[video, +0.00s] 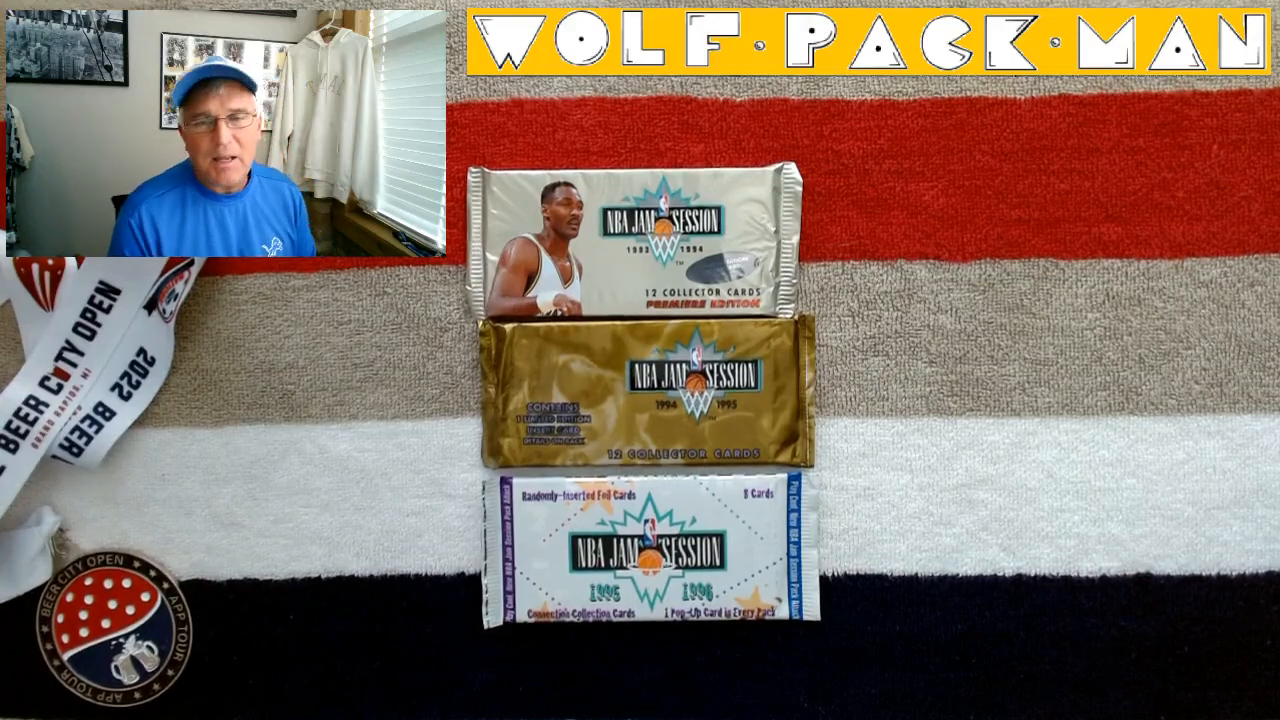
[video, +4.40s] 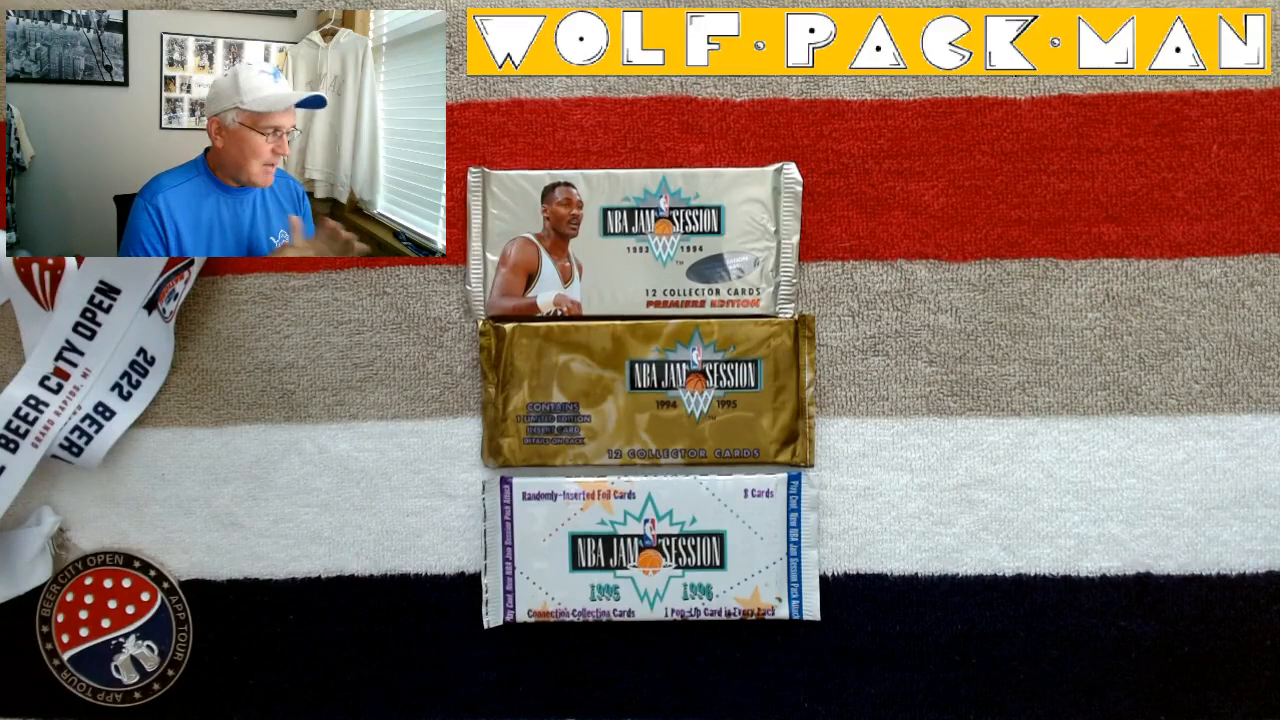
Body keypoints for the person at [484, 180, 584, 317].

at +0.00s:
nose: (576, 213)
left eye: (580, 207)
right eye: (566, 205)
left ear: (583, 211)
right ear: (546, 211)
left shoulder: (575, 266)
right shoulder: (521, 250)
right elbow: (495, 307)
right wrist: (550, 301)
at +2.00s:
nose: (576, 213)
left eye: (580, 207)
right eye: (566, 205)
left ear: (583, 211)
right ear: (545, 211)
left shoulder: (575, 265)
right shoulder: (521, 249)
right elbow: (495, 307)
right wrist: (550, 301)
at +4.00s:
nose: (576, 213)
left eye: (580, 207)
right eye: (566, 205)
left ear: (583, 211)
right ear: (545, 211)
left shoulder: (575, 266)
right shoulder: (521, 250)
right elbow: (494, 307)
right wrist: (551, 301)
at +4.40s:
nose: (576, 213)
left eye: (580, 207)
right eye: (566, 205)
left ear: (583, 211)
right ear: (545, 211)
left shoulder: (575, 266)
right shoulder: (520, 250)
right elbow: (495, 307)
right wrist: (551, 300)